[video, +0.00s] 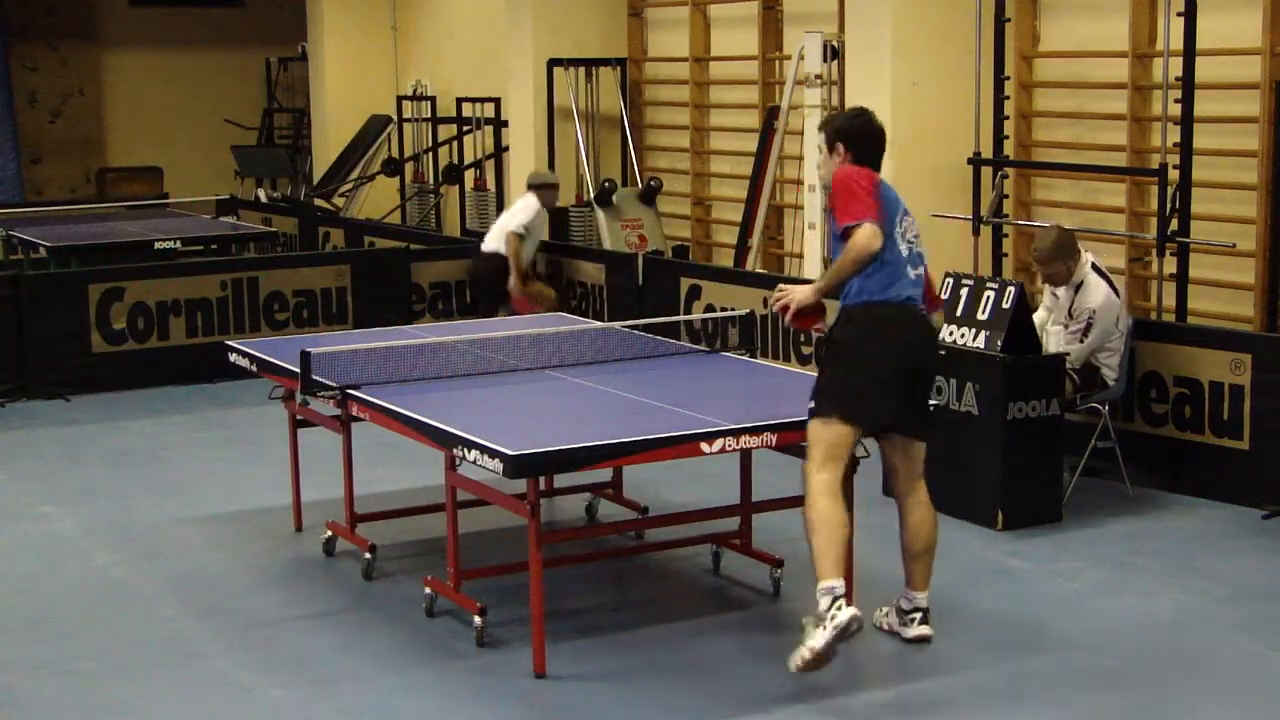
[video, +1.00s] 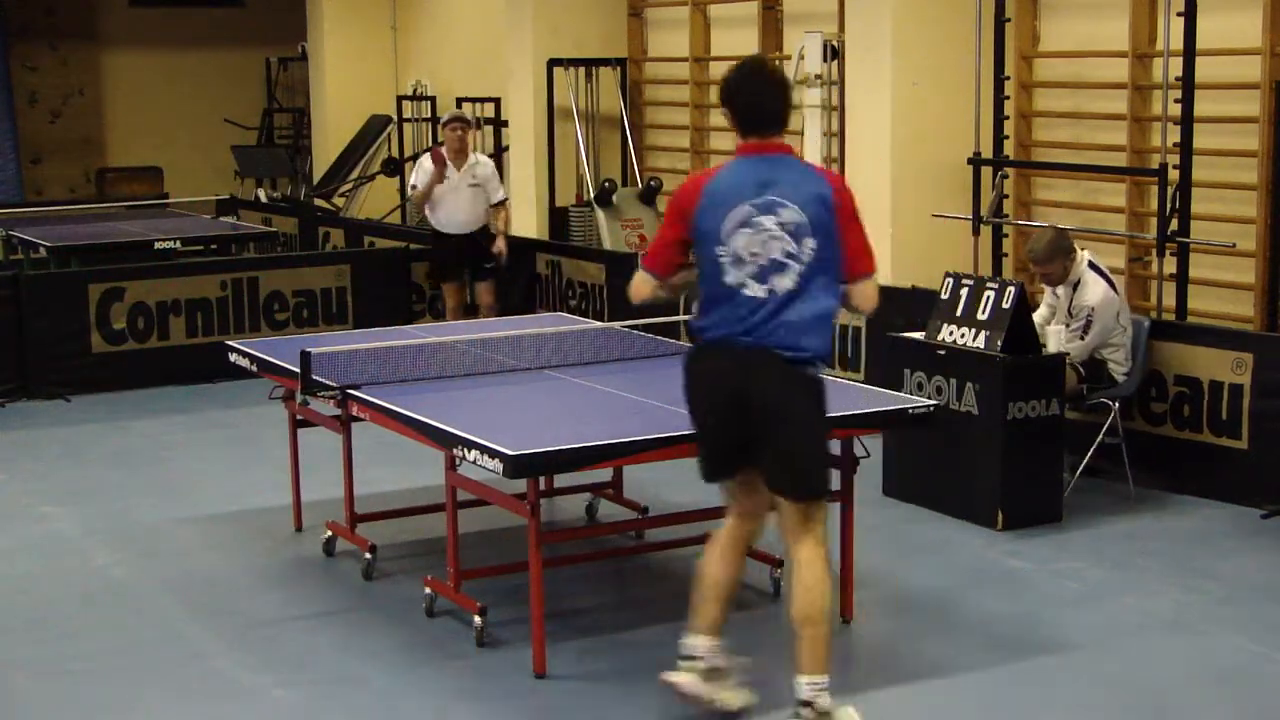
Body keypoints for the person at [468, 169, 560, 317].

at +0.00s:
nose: (557, 197)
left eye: (557, 191)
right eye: (555, 191)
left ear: (541, 190)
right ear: (543, 190)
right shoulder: (532, 204)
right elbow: (513, 235)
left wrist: (527, 277)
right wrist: (515, 276)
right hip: (494, 262)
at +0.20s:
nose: (544, 161)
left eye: (545, 156)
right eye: (541, 155)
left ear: (533, 157)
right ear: (527, 155)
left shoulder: (527, 183)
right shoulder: (506, 173)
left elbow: (525, 230)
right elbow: (478, 202)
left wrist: (537, 258)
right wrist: (489, 238)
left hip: (511, 247)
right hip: (489, 245)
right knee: (514, 295)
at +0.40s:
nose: (514, 145)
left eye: (517, 140)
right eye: (508, 140)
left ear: (521, 143)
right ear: (495, 142)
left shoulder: (523, 177)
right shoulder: (475, 167)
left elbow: (528, 213)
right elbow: (449, 198)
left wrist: (535, 240)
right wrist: (469, 220)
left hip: (502, 240)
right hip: (474, 237)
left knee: (506, 293)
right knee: (483, 292)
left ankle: (487, 337)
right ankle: (474, 341)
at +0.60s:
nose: (488, 144)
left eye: (492, 139)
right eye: (482, 139)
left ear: (497, 143)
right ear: (470, 141)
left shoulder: (508, 171)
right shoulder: (453, 171)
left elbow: (517, 206)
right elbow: (437, 206)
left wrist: (507, 227)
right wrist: (452, 233)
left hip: (495, 243)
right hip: (463, 242)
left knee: (496, 297)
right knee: (461, 298)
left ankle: (481, 341)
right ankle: (458, 344)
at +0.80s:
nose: (471, 138)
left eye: (475, 134)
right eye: (465, 133)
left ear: (482, 138)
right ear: (454, 136)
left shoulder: (493, 166)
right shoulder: (438, 165)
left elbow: (501, 205)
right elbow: (426, 202)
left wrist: (485, 223)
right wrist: (443, 224)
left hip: (485, 238)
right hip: (453, 239)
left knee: (494, 295)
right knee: (456, 299)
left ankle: (487, 344)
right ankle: (456, 348)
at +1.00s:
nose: (459, 134)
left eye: (464, 129)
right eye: (454, 130)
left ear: (470, 134)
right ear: (444, 134)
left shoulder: (484, 164)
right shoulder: (427, 162)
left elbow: (499, 204)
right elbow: (417, 202)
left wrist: (500, 236)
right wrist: (434, 179)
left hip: (479, 239)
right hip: (445, 241)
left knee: (487, 303)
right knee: (453, 305)